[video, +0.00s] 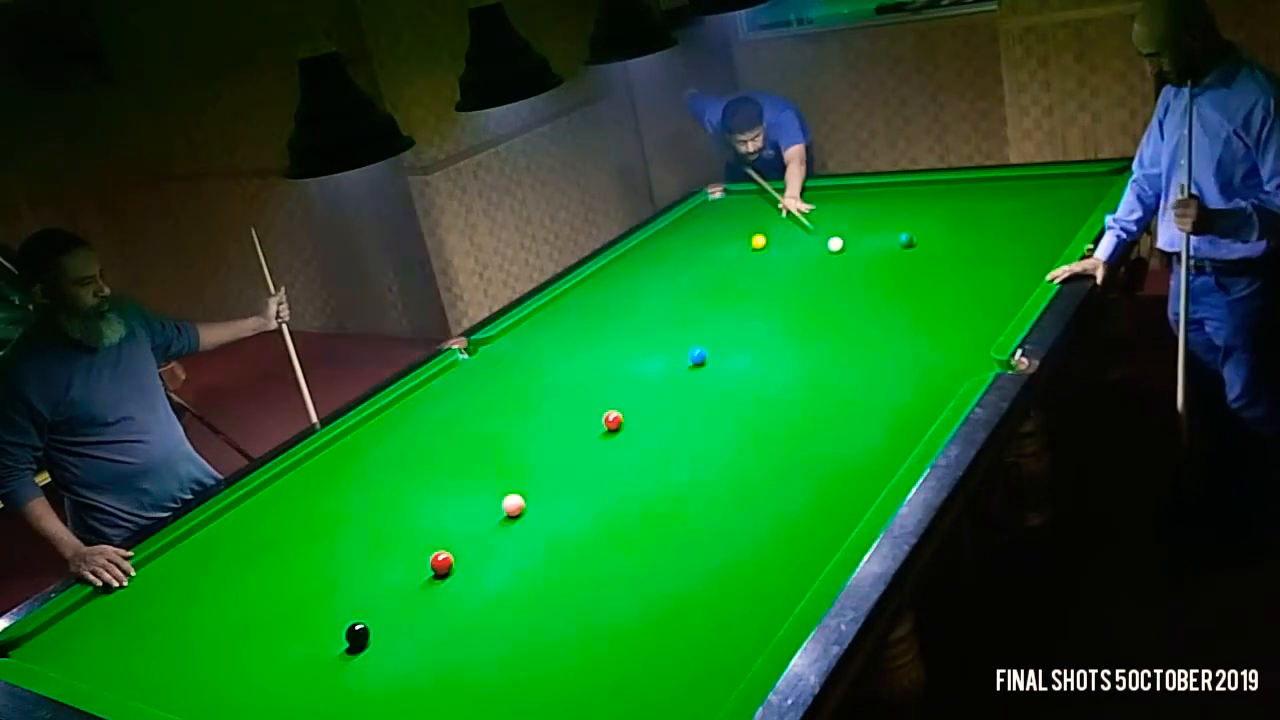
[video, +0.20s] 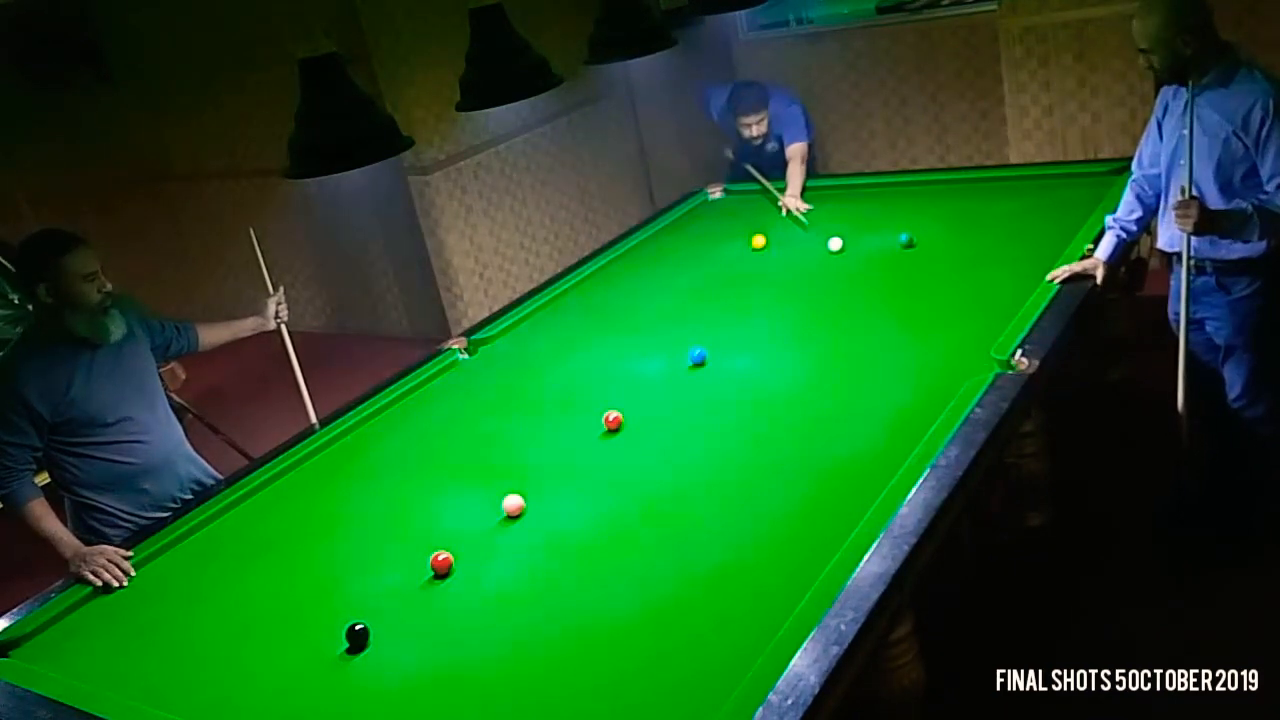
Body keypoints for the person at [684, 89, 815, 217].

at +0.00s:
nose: (750, 148)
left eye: (755, 139)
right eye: (742, 143)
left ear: (764, 127)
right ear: (727, 137)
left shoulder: (782, 117)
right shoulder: (715, 117)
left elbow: (796, 160)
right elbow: (690, 95)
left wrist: (792, 196)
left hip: (779, 159)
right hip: (739, 162)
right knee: (741, 213)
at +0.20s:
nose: (754, 133)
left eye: (760, 123)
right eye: (746, 126)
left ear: (768, 113)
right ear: (732, 119)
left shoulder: (787, 111)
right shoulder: (720, 105)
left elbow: (797, 158)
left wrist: (792, 195)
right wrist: (724, 142)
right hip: (742, 155)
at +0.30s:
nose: (759, 115)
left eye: (765, 105)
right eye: (751, 108)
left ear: (773, 98)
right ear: (738, 103)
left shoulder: (794, 105)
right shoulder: (726, 96)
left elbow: (801, 151)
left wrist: (794, 192)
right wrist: (726, 135)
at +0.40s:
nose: (765, 95)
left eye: (771, 86)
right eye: (757, 88)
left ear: (779, 80)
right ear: (744, 86)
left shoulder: (800, 92)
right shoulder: (731, 86)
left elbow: (814, 145)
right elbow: (718, 95)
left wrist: (799, 184)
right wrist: (726, 131)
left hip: (793, 165)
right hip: (750, 164)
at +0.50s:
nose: (772, 74)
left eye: (778, 65)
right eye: (764, 67)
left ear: (786, 61)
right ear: (750, 65)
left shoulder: (807, 76)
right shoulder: (736, 76)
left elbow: (831, 131)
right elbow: (720, 91)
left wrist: (811, 166)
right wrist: (726, 127)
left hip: (803, 161)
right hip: (758, 161)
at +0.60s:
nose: (780, 54)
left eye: (786, 45)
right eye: (773, 46)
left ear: (794, 42)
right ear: (759, 45)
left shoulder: (815, 62)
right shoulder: (744, 63)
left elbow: (845, 115)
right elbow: (727, 86)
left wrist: (822, 147)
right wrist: (728, 127)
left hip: (810, 157)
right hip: (763, 157)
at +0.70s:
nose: (789, 35)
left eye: (795, 27)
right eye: (781, 28)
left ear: (804, 26)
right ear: (769, 30)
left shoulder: (824, 50)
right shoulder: (751, 52)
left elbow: (854, 97)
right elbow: (733, 82)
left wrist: (831, 129)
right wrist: (730, 128)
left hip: (816, 152)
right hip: (767, 152)